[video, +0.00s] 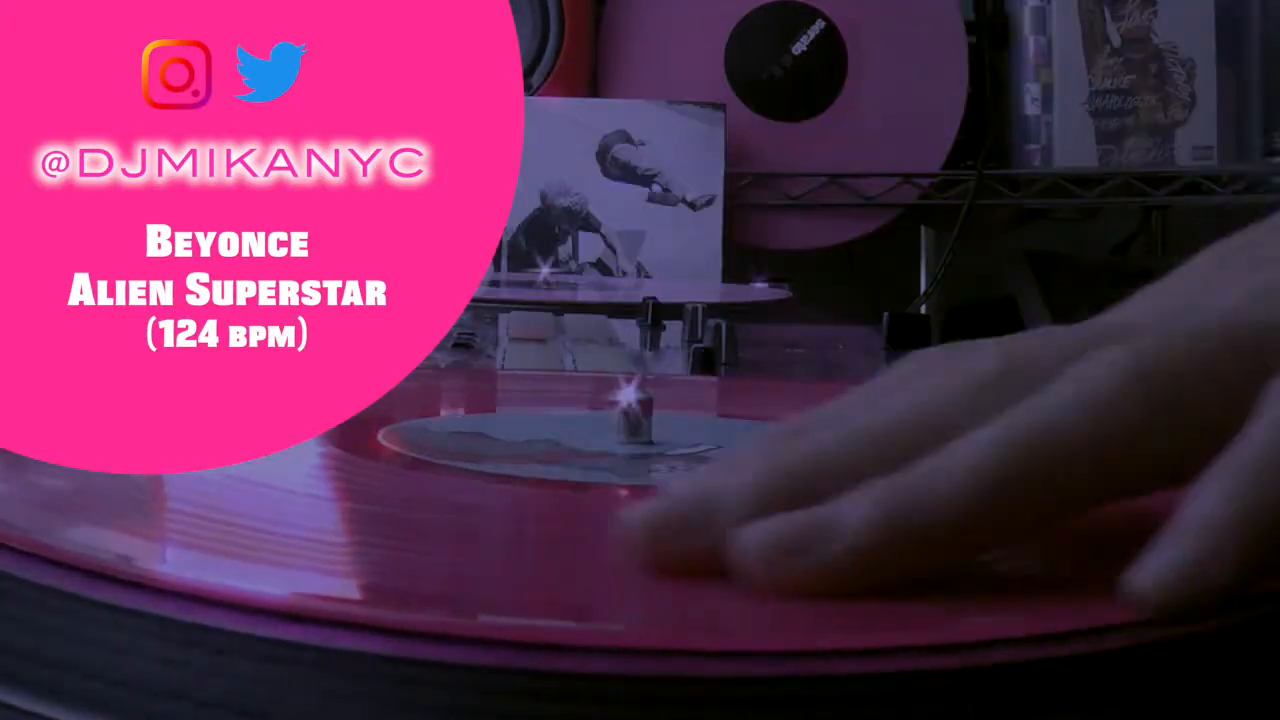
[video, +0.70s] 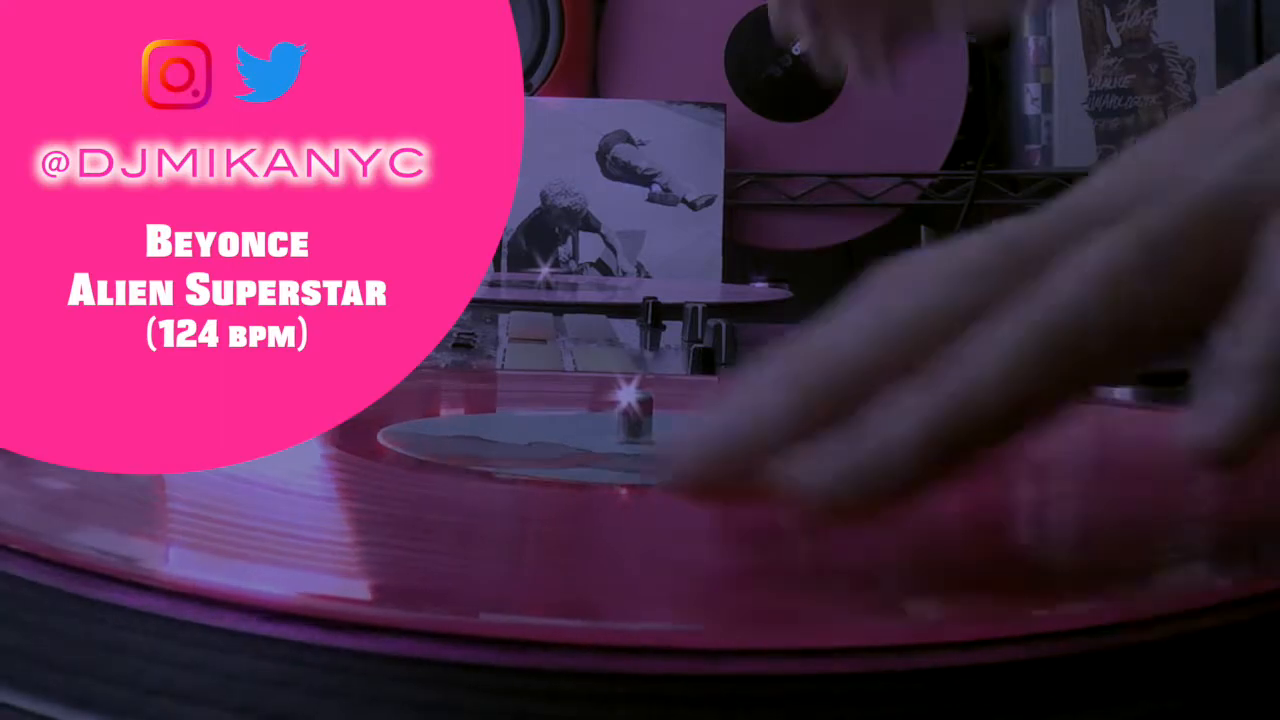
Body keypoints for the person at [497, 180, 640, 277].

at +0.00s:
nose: (572, 221)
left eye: (574, 215)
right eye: (566, 216)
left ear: (576, 209)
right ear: (552, 210)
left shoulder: (574, 212)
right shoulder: (538, 225)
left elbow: (604, 230)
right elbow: (546, 267)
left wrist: (621, 258)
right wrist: (571, 267)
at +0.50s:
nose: (574, 224)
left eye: (576, 217)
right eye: (568, 218)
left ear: (577, 210)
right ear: (552, 212)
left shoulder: (575, 212)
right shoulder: (530, 233)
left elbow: (605, 231)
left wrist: (621, 258)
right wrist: (572, 271)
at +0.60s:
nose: (576, 224)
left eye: (578, 217)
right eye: (569, 219)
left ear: (579, 209)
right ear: (553, 213)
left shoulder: (574, 212)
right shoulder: (526, 236)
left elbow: (605, 231)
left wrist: (621, 258)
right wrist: (571, 271)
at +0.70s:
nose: (575, 223)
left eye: (576, 217)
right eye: (568, 218)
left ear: (578, 210)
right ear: (553, 213)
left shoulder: (575, 212)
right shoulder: (531, 230)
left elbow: (605, 231)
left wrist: (621, 258)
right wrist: (571, 271)